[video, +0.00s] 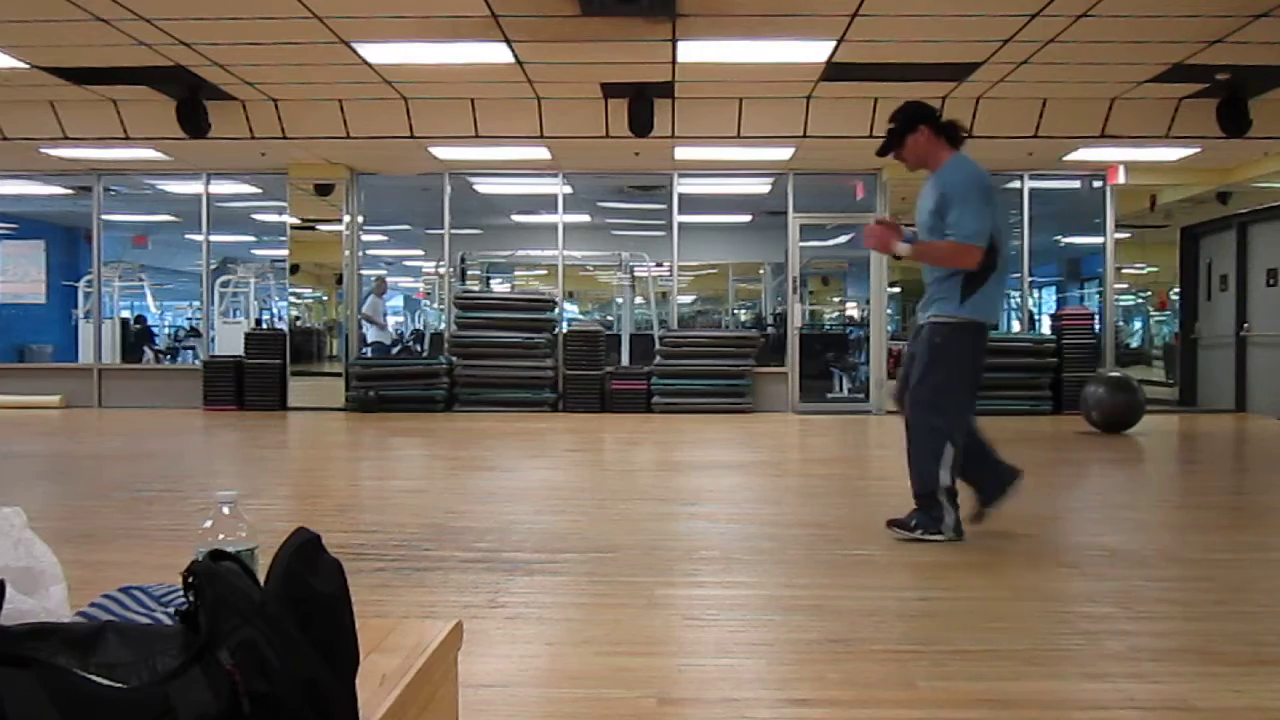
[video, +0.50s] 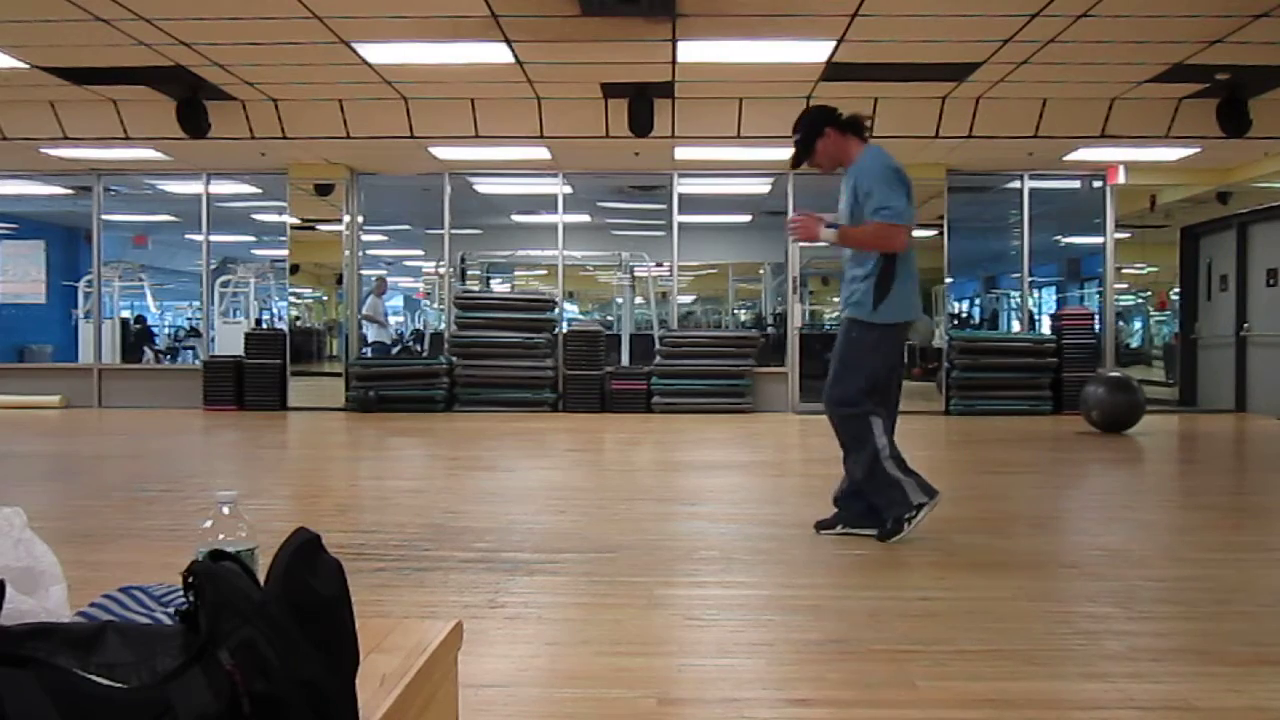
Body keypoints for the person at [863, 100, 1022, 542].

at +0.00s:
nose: (900, 158)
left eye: (900, 147)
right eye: (896, 150)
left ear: (922, 134)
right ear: (922, 137)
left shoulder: (964, 176)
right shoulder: (942, 180)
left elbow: (969, 253)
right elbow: (944, 244)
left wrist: (902, 247)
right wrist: (902, 236)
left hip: (960, 319)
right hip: (938, 316)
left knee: (929, 406)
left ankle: (937, 514)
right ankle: (992, 476)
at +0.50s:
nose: (817, 165)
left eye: (814, 156)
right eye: (811, 160)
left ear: (829, 135)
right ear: (831, 137)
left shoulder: (875, 166)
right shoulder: (860, 172)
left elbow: (894, 236)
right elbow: (874, 234)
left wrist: (827, 231)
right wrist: (824, 227)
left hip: (878, 313)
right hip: (874, 312)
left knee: (844, 402)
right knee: (869, 406)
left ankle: (905, 495)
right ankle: (862, 509)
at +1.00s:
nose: (738, 159)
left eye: (738, 148)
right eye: (732, 152)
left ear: (759, 130)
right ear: (752, 138)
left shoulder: (816, 160)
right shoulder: (759, 180)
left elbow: (880, 196)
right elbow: (778, 240)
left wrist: (899, 265)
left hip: (800, 313)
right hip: (762, 312)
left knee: (784, 412)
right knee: (754, 401)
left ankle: (764, 516)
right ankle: (827, 484)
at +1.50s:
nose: (675, 146)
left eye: (677, 135)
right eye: (670, 138)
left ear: (702, 117)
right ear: (688, 124)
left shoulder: (744, 160)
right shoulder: (685, 164)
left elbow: (755, 233)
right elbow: (682, 216)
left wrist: (685, 237)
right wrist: (655, 210)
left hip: (732, 309)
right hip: (683, 307)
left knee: (724, 411)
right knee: (658, 398)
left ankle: (713, 519)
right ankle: (702, 502)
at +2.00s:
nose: (599, 134)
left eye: (606, 123)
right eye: (592, 125)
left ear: (631, 105)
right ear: (584, 117)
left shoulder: (668, 155)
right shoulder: (591, 156)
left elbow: (736, 207)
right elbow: (584, 220)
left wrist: (727, 281)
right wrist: (575, 275)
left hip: (631, 308)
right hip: (585, 308)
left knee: (597, 409)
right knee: (585, 418)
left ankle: (654, 507)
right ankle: (615, 531)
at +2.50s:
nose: (559, 118)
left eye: (568, 108)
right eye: (549, 109)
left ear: (588, 91)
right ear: (537, 98)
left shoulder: (625, 141)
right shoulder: (519, 143)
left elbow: (665, 218)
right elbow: (477, 211)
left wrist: (623, 187)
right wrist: (453, 236)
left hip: (597, 308)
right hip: (528, 303)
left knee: (570, 426)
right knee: (503, 408)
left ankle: (544, 553)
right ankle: (552, 503)